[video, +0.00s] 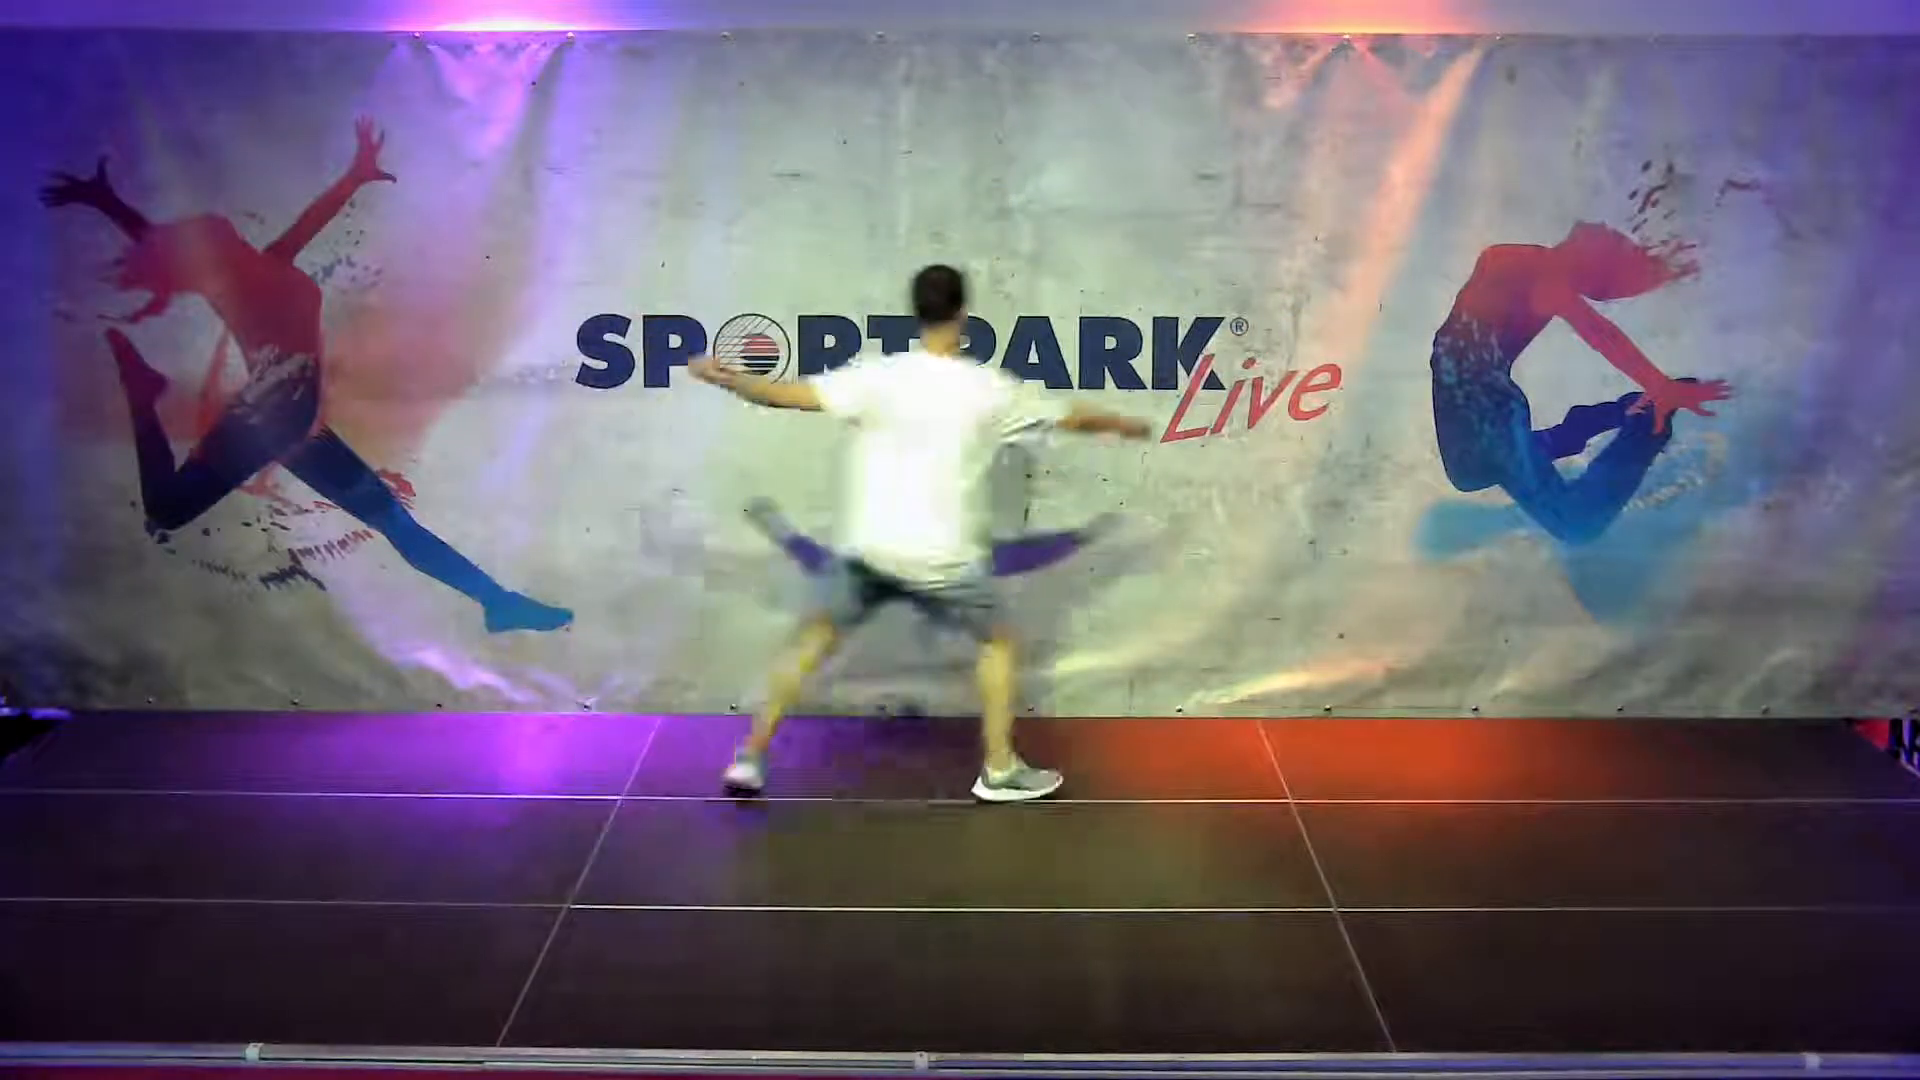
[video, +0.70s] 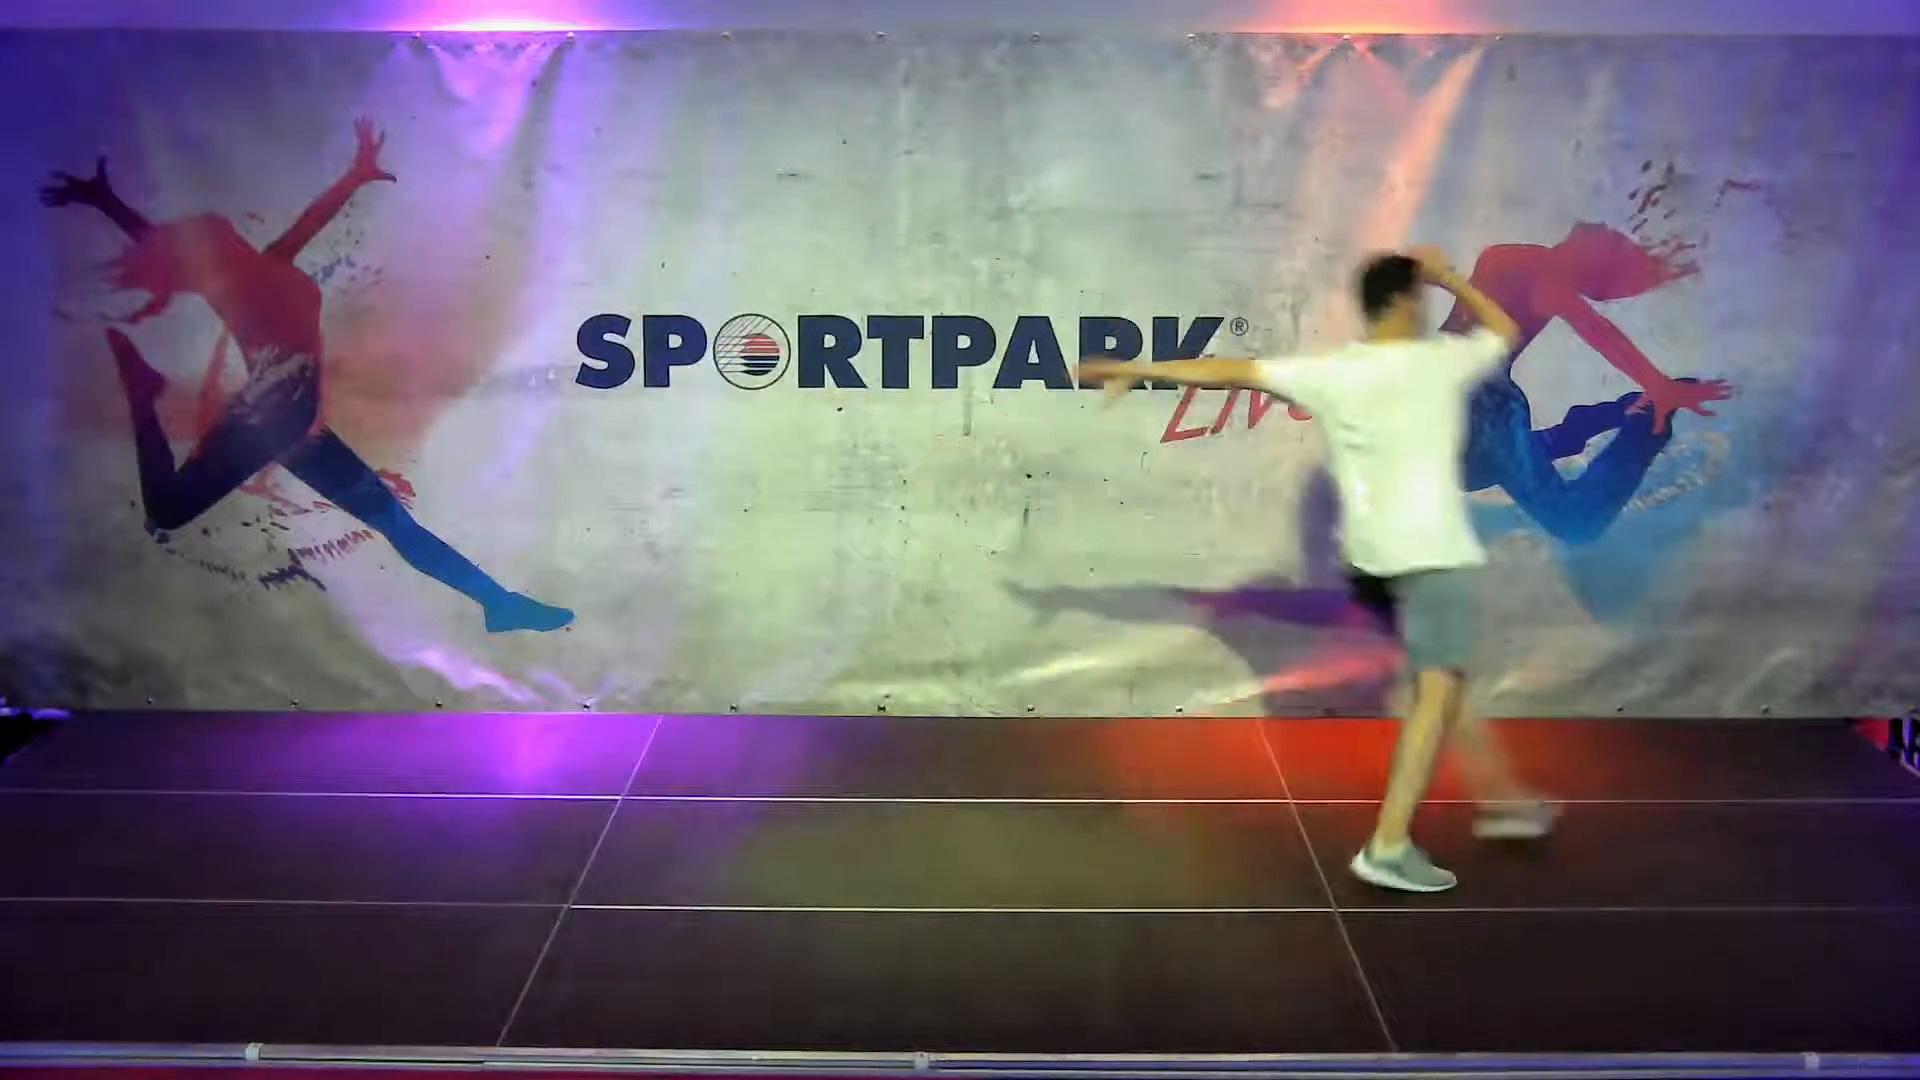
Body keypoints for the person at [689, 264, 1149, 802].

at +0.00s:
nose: (954, 317)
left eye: (941, 307)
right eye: (959, 308)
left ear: (916, 313)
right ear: (963, 314)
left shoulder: (878, 376)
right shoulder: (988, 387)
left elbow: (793, 394)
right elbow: (1068, 416)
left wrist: (730, 379)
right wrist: (1119, 425)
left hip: (870, 549)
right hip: (944, 557)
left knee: (814, 640)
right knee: (999, 640)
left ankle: (749, 757)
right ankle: (1000, 767)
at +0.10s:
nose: (1018, 316)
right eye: (1019, 307)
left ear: (970, 314)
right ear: (1020, 312)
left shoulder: (944, 384)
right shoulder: (1055, 380)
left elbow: (858, 408)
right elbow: (1138, 393)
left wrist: (794, 394)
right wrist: (1199, 395)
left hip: (946, 545)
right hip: (1020, 551)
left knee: (891, 631)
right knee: (1032, 647)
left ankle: (867, 766)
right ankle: (1005, 769)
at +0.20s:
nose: (1080, 314)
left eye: (1061, 305)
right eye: (1082, 304)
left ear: (1033, 312)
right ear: (1082, 309)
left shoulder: (1012, 385)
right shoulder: (1124, 375)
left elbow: (917, 424)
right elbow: (1213, 382)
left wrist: (867, 417)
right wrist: (1281, 378)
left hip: (1018, 549)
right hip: (1088, 552)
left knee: (993, 654)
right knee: (1053, 660)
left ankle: (1037, 765)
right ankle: (1017, 767)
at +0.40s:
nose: (1216, 319)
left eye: (1213, 309)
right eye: (1214, 309)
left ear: (1160, 312)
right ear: (1203, 312)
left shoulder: (1131, 388)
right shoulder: (1248, 374)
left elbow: (1052, 424)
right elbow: (1330, 361)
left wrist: (986, 449)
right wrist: (1366, 334)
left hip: (1169, 558)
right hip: (1240, 559)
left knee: (1164, 690)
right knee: (1252, 648)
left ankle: (1173, 821)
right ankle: (1219, 726)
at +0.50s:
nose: (1289, 294)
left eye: (1282, 284)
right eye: (1285, 285)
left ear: (1233, 291)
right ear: (1274, 288)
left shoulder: (1198, 363)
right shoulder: (1319, 347)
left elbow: (1115, 399)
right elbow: (1397, 318)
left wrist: (1034, 427)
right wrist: (1402, 290)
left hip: (1245, 537)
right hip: (1318, 534)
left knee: (1229, 660)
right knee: (1375, 640)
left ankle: (1201, 792)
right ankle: (1333, 759)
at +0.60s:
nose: (1370, 293)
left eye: (1366, 282)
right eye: (1367, 282)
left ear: (1312, 289)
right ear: (1358, 286)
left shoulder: (1279, 353)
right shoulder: (1398, 341)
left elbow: (1183, 374)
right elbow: (1473, 309)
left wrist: (1089, 393)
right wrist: (1436, 275)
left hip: (1326, 537)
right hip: (1394, 537)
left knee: (1362, 656)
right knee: (1423, 663)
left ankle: (1350, 794)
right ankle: (1397, 814)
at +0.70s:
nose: (1419, 310)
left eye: (1411, 299)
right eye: (1416, 299)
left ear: (1365, 308)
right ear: (1412, 304)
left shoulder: (1331, 371)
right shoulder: (1442, 359)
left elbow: (1237, 371)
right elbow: (1505, 330)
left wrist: (1138, 369)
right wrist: (1450, 277)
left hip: (1371, 559)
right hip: (1437, 553)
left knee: (1447, 679)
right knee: (1434, 694)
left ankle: (1504, 801)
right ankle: (1388, 846)